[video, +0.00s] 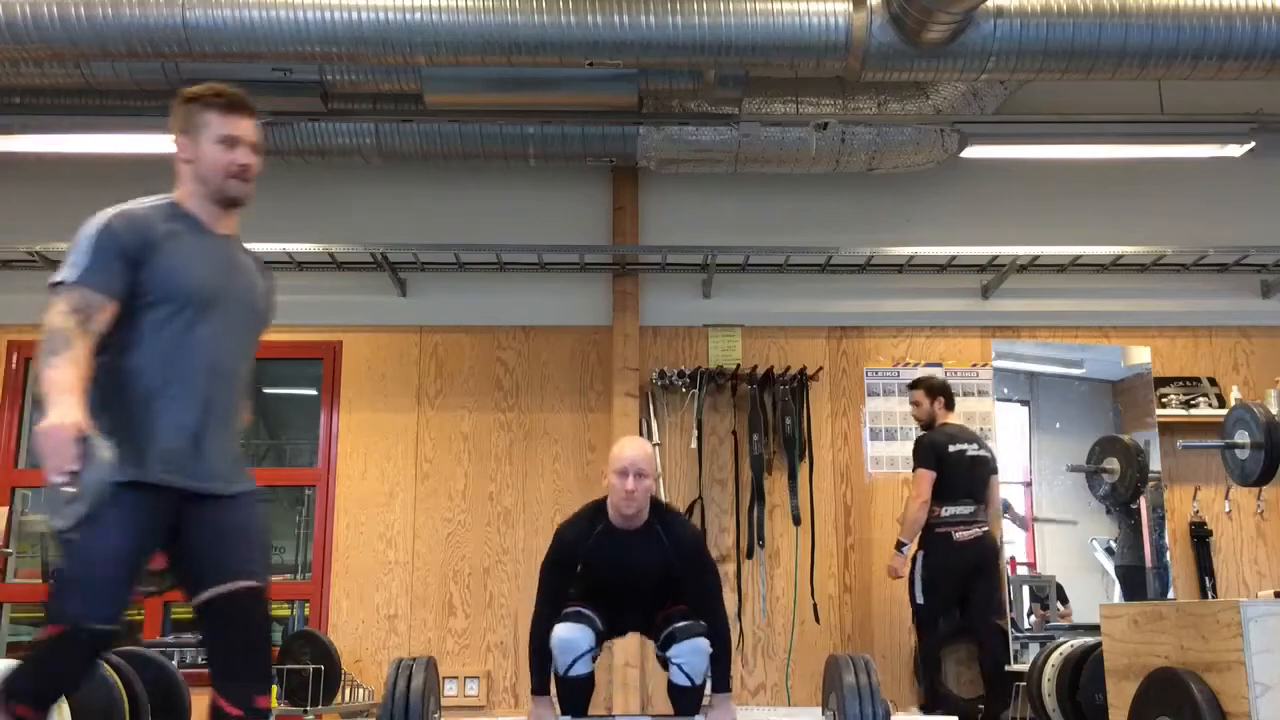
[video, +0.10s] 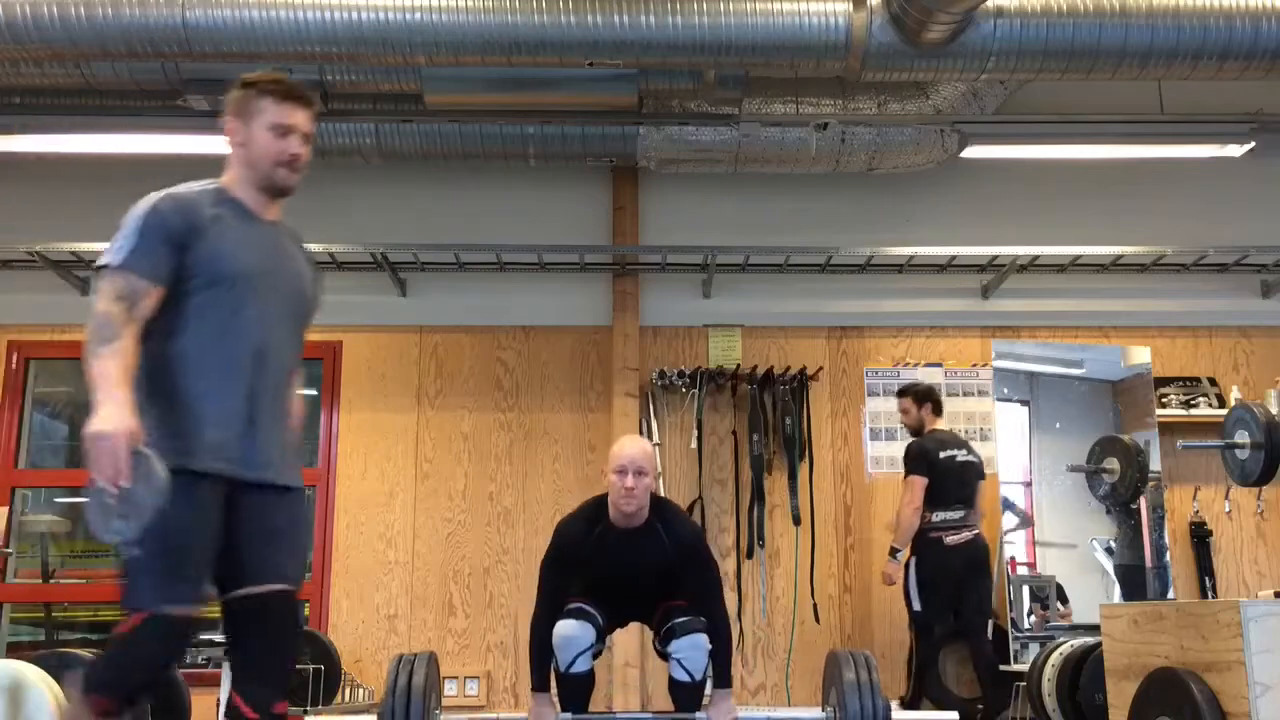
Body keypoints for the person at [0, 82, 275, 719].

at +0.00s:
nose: (247, 159)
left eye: (254, 148)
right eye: (230, 144)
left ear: (260, 158)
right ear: (183, 151)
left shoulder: (254, 277)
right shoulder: (125, 230)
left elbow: (229, 387)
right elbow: (67, 332)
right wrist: (64, 413)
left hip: (218, 482)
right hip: (124, 473)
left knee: (245, 660)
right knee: (80, 637)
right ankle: (16, 705)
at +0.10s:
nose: (298, 149)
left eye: (306, 138)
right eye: (281, 132)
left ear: (310, 147)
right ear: (235, 132)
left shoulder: (299, 261)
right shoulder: (173, 214)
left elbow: (282, 368)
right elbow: (112, 317)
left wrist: (289, 447)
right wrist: (111, 406)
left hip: (271, 473)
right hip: (176, 463)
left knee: (269, 650)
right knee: (159, 636)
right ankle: (82, 705)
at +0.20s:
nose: (342, 136)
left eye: (350, 125)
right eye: (326, 118)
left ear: (354, 134)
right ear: (278, 116)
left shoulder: (341, 246)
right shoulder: (219, 198)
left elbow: (335, 376)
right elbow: (159, 307)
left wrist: (348, 482)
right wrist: (156, 411)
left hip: (311, 451)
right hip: (234, 434)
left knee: (293, 615)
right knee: (255, 588)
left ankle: (260, 713)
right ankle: (180, 700)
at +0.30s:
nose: (385, 126)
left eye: (393, 115)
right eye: (369, 108)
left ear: (397, 127)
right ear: (319, 107)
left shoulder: (378, 234)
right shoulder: (262, 189)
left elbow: (384, 363)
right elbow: (203, 315)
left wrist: (427, 468)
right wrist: (194, 430)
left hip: (348, 453)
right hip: (277, 431)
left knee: (295, 627)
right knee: (317, 591)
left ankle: (266, 715)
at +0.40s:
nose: (430, 121)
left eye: (438, 110)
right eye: (414, 103)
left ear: (441, 120)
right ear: (362, 101)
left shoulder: (420, 238)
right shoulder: (305, 190)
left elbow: (431, 366)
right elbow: (240, 319)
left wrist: (499, 459)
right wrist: (229, 447)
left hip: (383, 458)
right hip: (314, 442)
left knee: (306, 653)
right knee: (381, 612)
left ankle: (282, 714)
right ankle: (385, 714)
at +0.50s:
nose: (478, 109)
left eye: (483, 97)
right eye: (461, 92)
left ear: (483, 108)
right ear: (406, 93)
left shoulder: (463, 226)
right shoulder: (348, 189)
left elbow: (478, 362)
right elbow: (280, 319)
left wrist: (552, 452)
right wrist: (270, 452)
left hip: (428, 455)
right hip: (370, 447)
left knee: (349, 656)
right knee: (457, 621)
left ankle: (306, 717)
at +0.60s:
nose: (526, 89)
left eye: (530, 75)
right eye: (508, 72)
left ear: (528, 85)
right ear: (451, 76)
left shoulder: (508, 201)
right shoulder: (399, 175)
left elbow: (521, 340)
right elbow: (336, 315)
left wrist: (596, 451)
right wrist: (322, 453)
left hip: (490, 443)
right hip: (430, 435)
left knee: (453, 635)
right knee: (514, 604)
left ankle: (379, 710)